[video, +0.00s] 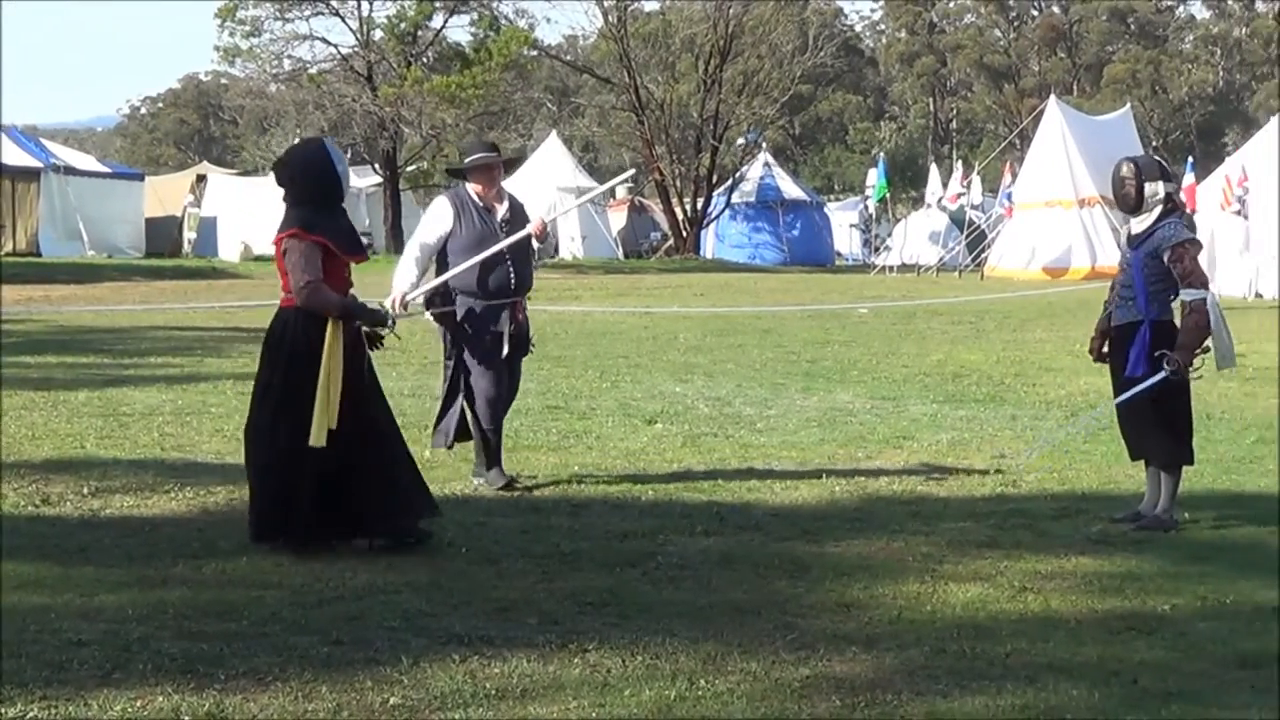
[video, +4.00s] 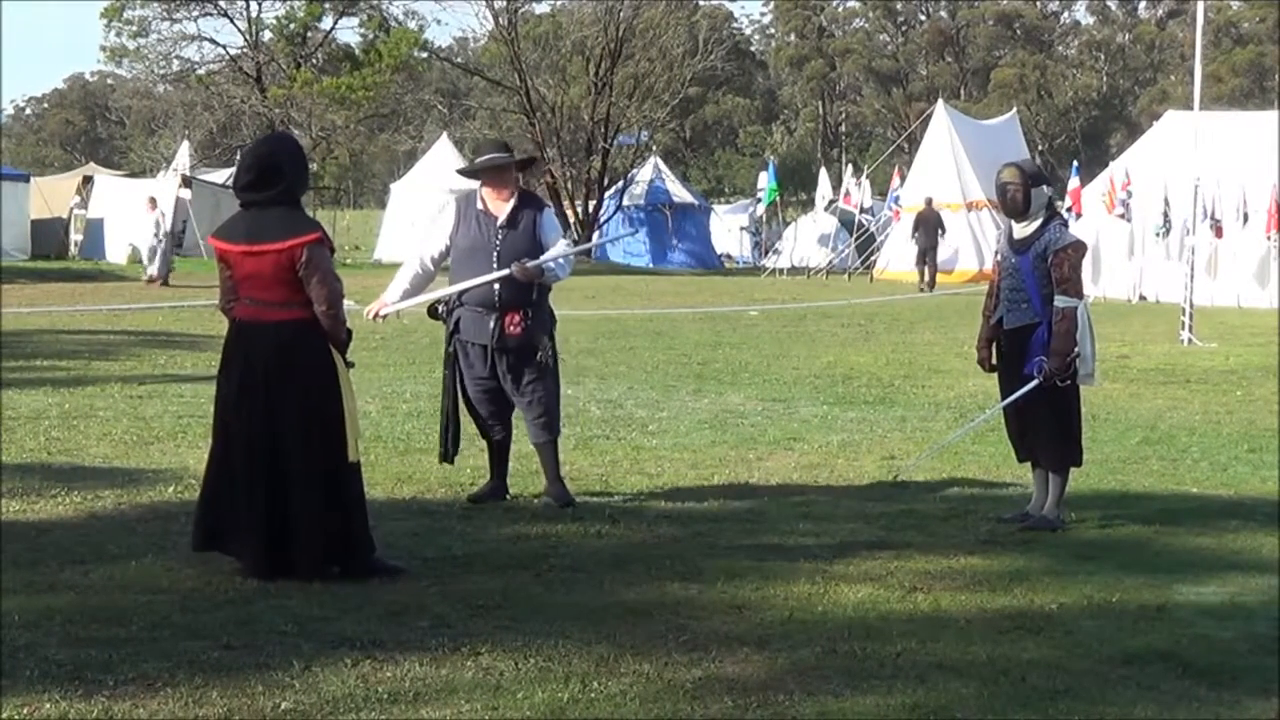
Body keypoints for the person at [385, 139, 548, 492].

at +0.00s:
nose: (488, 176)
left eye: (493, 168)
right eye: (480, 171)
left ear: (501, 169)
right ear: (466, 174)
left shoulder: (514, 205)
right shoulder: (448, 207)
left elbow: (535, 255)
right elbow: (419, 247)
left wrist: (541, 239)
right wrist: (402, 285)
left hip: (512, 307)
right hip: (472, 310)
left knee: (507, 387)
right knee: (487, 388)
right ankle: (489, 468)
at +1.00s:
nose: (447, 171)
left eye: (449, 164)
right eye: (440, 165)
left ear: (453, 167)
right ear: (423, 169)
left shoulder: (458, 205)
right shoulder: (403, 206)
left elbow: (473, 257)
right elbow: (385, 252)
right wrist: (422, 274)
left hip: (463, 316)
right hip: (424, 316)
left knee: (469, 399)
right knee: (412, 403)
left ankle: (473, 470)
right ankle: (392, 478)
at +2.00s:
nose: (469, 179)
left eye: (474, 171)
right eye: (459, 174)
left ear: (484, 170)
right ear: (446, 178)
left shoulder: (496, 203)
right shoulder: (431, 209)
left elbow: (513, 240)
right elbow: (396, 251)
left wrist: (537, 258)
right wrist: (391, 284)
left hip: (499, 316)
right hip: (455, 319)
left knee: (509, 396)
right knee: (466, 402)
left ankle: (487, 461)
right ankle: (469, 481)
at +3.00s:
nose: (538, 182)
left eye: (544, 174)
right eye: (530, 176)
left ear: (556, 174)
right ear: (517, 177)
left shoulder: (573, 214)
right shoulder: (495, 206)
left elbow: (603, 261)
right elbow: (459, 251)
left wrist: (589, 271)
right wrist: (429, 292)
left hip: (552, 325)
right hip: (499, 323)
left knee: (553, 408)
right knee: (490, 408)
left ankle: (556, 484)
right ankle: (475, 482)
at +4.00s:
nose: (500, 181)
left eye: (505, 173)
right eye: (491, 176)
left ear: (517, 173)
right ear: (479, 180)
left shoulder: (538, 212)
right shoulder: (459, 211)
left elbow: (564, 259)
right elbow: (426, 258)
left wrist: (540, 270)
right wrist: (392, 297)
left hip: (526, 328)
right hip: (473, 328)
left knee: (539, 409)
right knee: (489, 412)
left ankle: (555, 484)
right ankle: (497, 483)